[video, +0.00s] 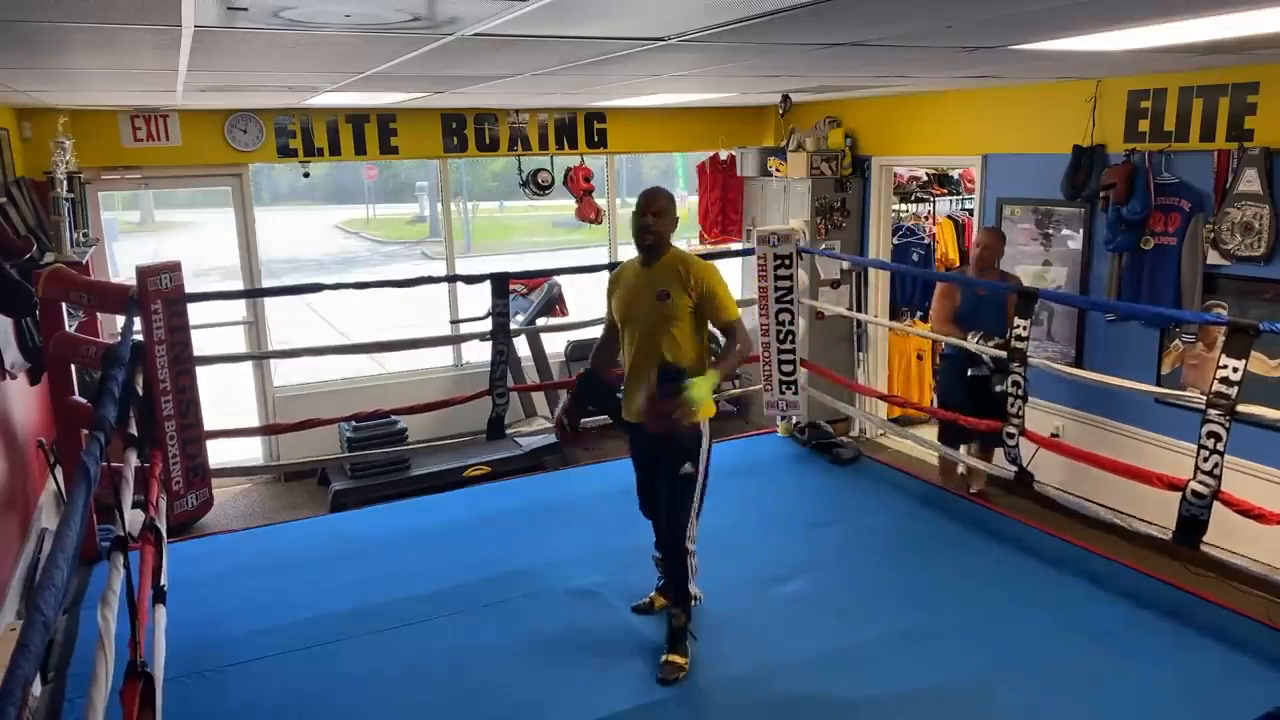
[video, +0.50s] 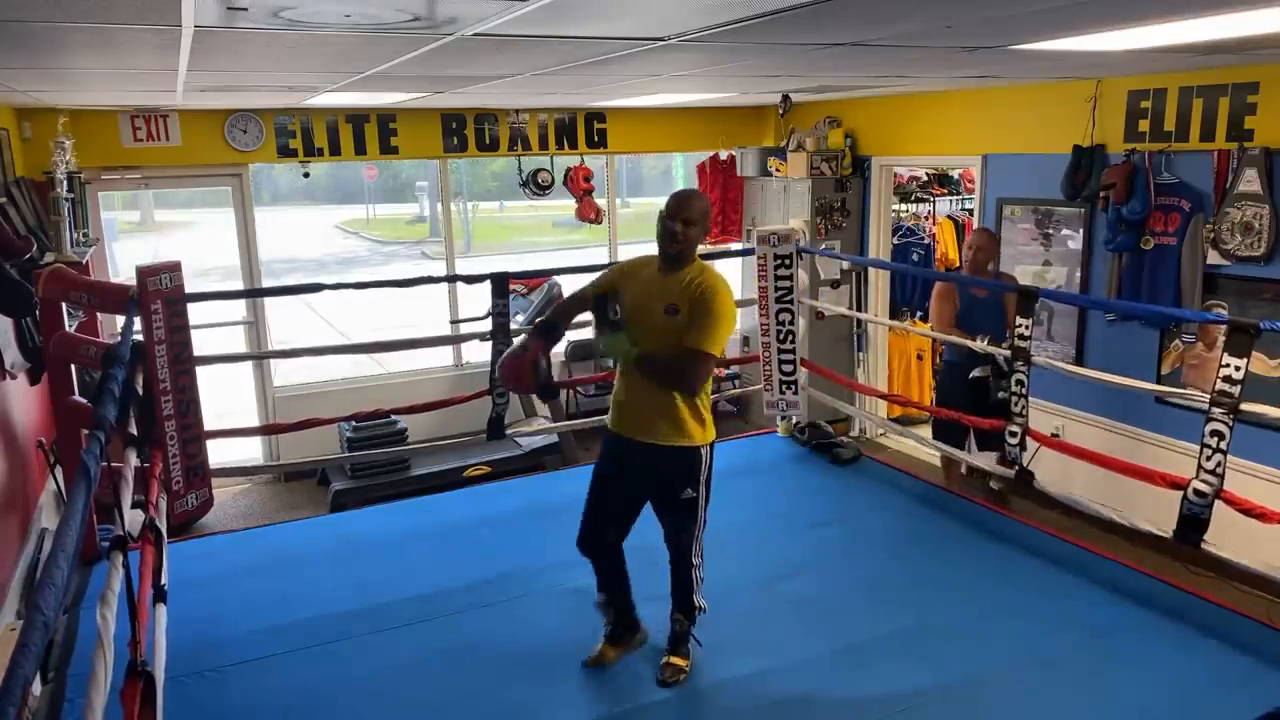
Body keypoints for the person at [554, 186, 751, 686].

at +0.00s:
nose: (648, 222)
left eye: (658, 214)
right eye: (642, 214)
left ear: (675, 221)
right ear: (632, 219)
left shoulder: (696, 273)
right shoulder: (621, 277)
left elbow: (742, 341)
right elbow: (610, 341)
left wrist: (707, 383)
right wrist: (577, 396)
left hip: (687, 416)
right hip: (639, 417)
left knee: (676, 525)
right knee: (654, 510)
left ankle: (679, 637)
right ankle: (675, 583)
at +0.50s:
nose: (673, 228)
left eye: (686, 222)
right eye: (668, 218)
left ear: (706, 233)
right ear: (658, 221)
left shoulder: (712, 292)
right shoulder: (629, 274)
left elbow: (692, 377)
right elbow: (571, 307)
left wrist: (627, 349)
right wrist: (532, 346)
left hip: (682, 445)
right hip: (625, 437)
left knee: (682, 551)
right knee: (597, 539)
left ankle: (680, 646)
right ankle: (624, 629)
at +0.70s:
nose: (660, 241)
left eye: (672, 233)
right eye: (653, 230)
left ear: (687, 240)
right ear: (638, 231)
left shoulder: (703, 301)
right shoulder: (605, 288)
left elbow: (698, 389)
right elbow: (573, 364)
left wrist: (628, 367)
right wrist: (571, 407)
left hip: (680, 460)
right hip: (616, 455)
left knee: (683, 563)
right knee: (605, 573)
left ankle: (679, 643)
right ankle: (595, 689)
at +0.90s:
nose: (633, 243)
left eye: (643, 234)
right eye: (623, 233)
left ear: (656, 239)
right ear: (606, 238)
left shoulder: (688, 301)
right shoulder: (575, 306)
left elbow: (723, 374)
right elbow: (560, 389)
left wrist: (692, 419)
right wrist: (582, 450)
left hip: (672, 471)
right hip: (604, 471)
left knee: (677, 572)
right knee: (598, 588)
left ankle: (678, 642)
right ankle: (595, 690)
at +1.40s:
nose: (674, 274)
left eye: (684, 262)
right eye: (663, 261)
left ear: (694, 263)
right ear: (637, 260)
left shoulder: (709, 324)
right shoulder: (588, 335)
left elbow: (719, 394)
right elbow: (557, 432)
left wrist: (746, 458)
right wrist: (548, 526)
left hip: (689, 510)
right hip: (609, 519)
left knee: (702, 639)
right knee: (598, 629)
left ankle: (707, 715)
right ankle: (596, 699)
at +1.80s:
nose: (762, 270)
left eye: (773, 259)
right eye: (751, 256)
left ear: (780, 264)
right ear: (717, 249)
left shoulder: (778, 339)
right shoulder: (646, 328)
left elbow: (778, 432)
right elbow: (594, 432)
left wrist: (777, 508)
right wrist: (589, 521)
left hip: (731, 533)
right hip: (654, 536)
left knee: (725, 679)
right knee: (664, 689)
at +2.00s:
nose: (789, 307)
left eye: (797, 294)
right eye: (783, 292)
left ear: (800, 288)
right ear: (748, 275)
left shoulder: (797, 353)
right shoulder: (659, 344)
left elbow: (802, 464)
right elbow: (612, 455)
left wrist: (758, 525)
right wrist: (671, 497)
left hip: (755, 563)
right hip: (683, 567)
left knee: (733, 697)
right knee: (704, 709)